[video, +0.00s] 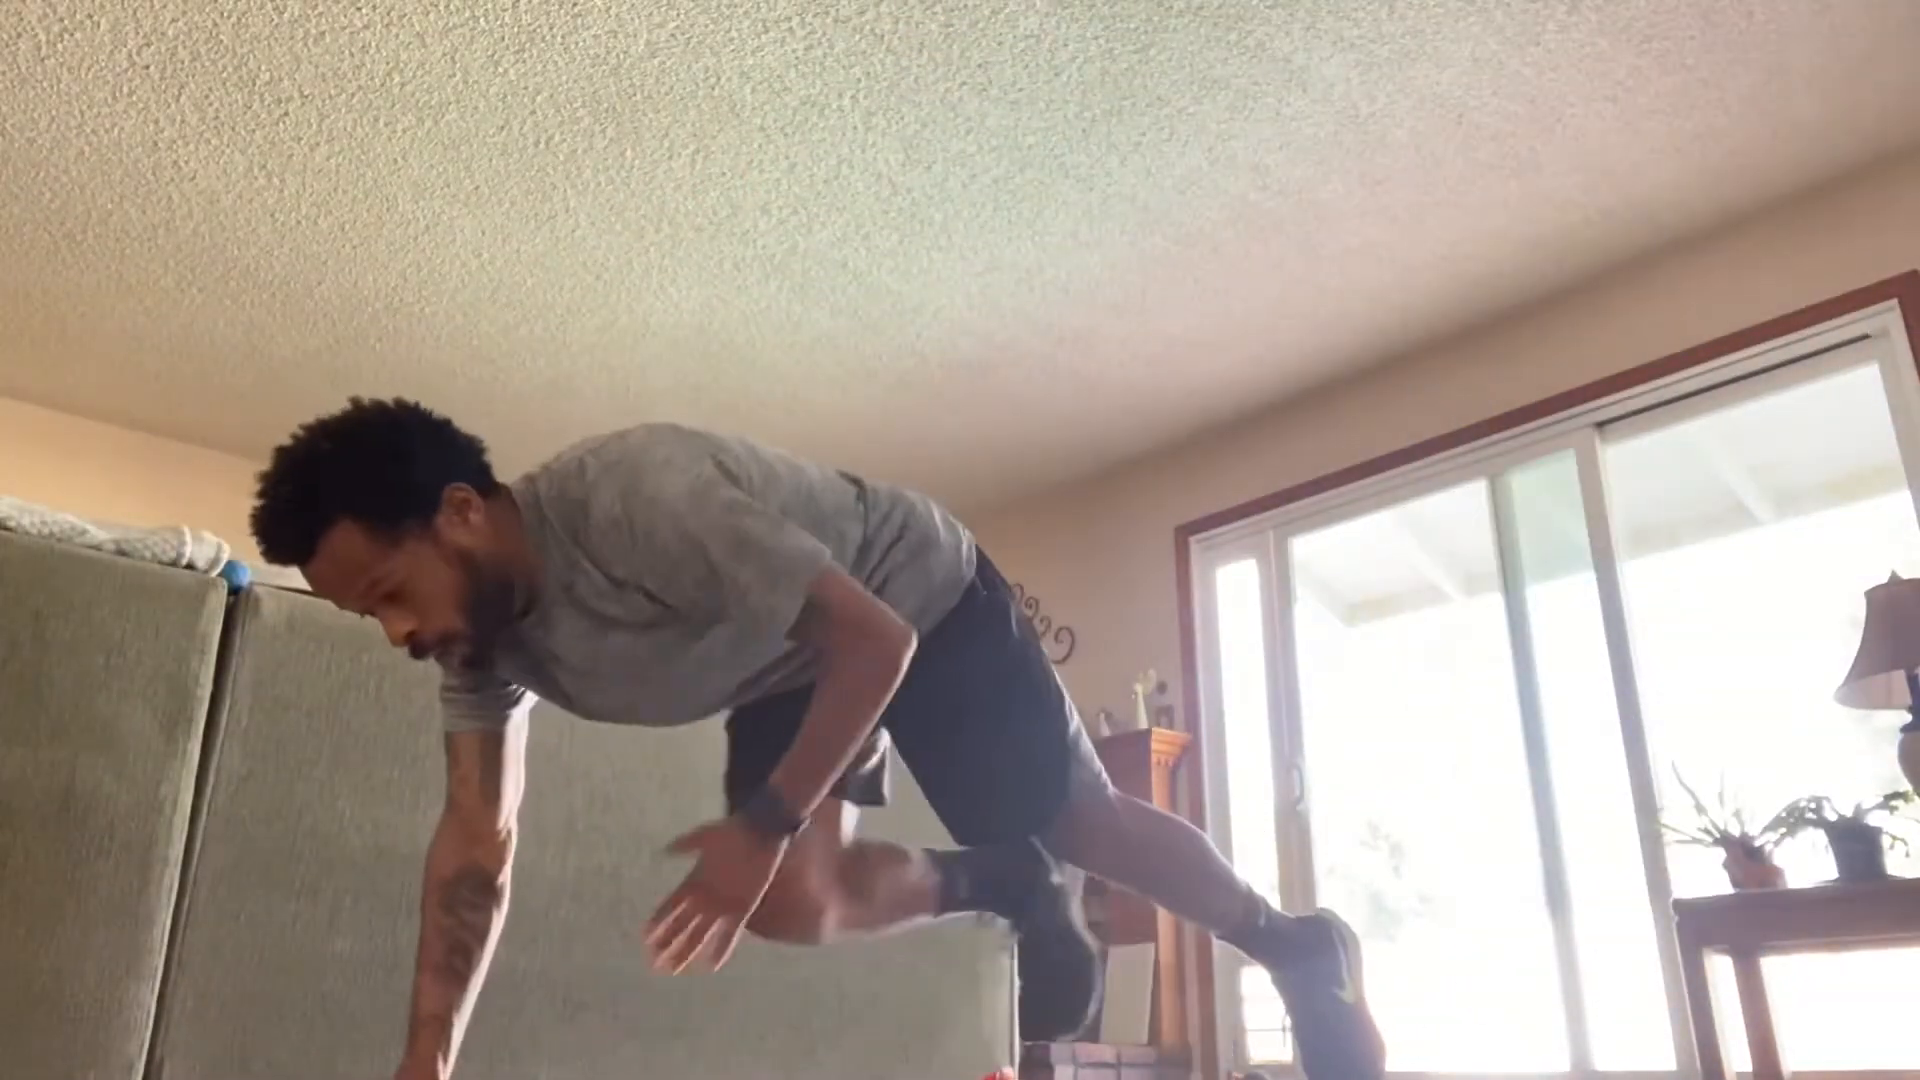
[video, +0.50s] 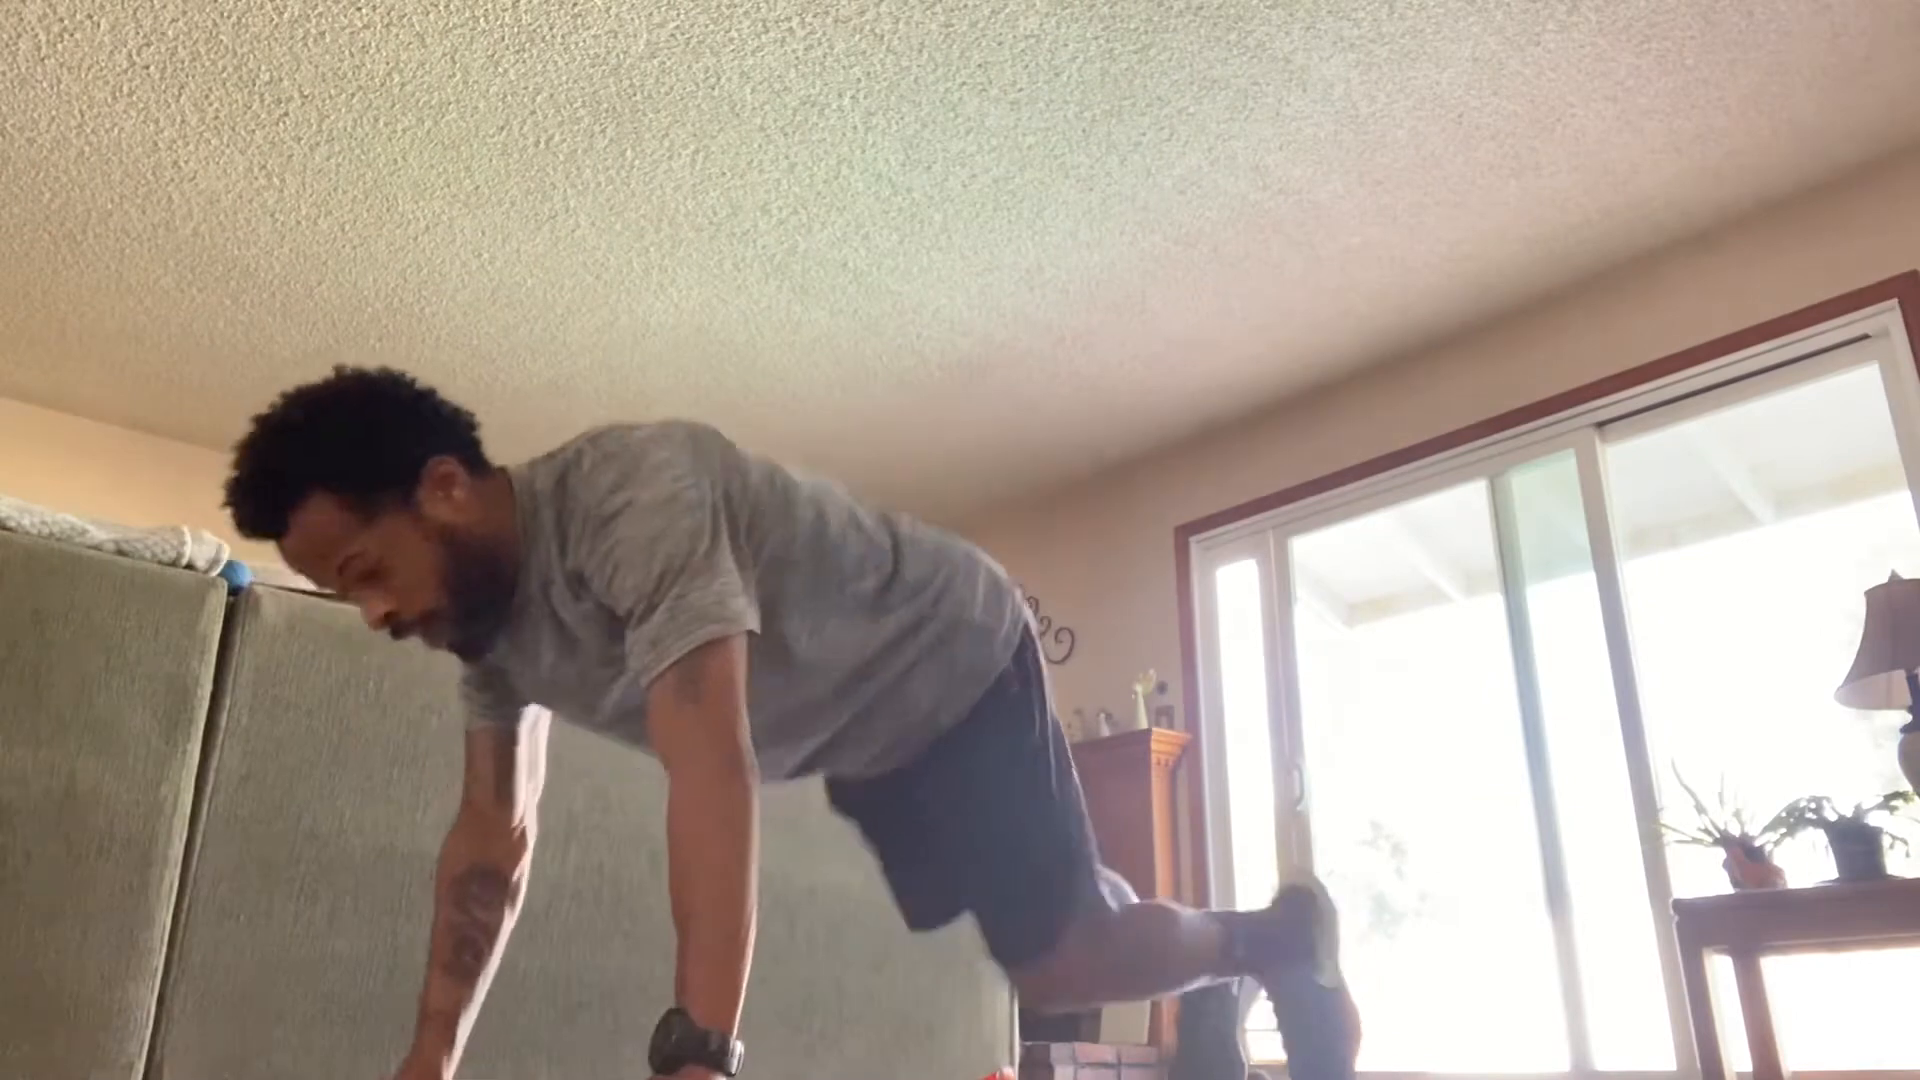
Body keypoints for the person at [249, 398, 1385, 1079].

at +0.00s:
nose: (387, 633)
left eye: (386, 594)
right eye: (361, 615)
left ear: (457, 514)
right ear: (370, 595)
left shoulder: (642, 499)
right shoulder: (474, 639)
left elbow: (873, 639)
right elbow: (473, 857)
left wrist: (763, 832)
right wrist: (427, 1062)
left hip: (921, 590)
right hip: (790, 668)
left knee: (1063, 829)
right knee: (795, 891)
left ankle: (1296, 949)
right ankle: (1003, 884)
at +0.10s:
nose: (371, 623)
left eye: (370, 583)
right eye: (344, 604)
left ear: (444, 505)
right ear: (357, 582)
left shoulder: (624, 502)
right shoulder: (458, 633)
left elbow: (822, 684)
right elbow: (466, 860)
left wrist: (712, 915)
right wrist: (424, 1065)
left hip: (920, 608)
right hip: (810, 699)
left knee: (1079, 830)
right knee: (884, 930)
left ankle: (1300, 947)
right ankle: (1079, 893)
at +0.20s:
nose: (347, 621)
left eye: (346, 579)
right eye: (321, 601)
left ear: (425, 501)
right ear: (391, 536)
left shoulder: (624, 515)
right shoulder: (443, 629)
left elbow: (729, 736)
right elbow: (467, 854)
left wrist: (684, 1008)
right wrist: (426, 1061)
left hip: (921, 639)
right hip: (809, 735)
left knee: (1088, 846)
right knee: (965, 926)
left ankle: (1296, 949)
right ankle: (1124, 929)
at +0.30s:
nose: (325, 637)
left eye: (320, 596)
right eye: (299, 618)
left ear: (404, 514)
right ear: (373, 552)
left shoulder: (604, 533)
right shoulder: (440, 638)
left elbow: (708, 769)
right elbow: (469, 867)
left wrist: (696, 1037)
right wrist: (424, 1069)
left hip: (919, 662)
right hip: (812, 755)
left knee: (1102, 866)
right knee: (999, 927)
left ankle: (1301, 952)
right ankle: (1173, 966)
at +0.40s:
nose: (339, 645)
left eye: (331, 603)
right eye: (310, 625)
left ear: (410, 515)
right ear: (380, 555)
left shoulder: (615, 520)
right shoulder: (455, 644)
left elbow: (714, 764)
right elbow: (478, 872)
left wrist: (700, 1039)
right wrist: (424, 1069)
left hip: (932, 691)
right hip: (822, 780)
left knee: (1089, 913)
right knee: (1003, 929)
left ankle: (1303, 953)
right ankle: (1200, 970)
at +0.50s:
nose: (366, 614)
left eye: (361, 573)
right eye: (338, 594)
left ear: (441, 488)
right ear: (419, 517)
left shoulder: (642, 491)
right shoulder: (485, 630)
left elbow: (714, 768)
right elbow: (488, 859)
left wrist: (701, 1040)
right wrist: (431, 1057)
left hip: (952, 655)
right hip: (850, 736)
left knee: (1056, 959)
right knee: (1007, 930)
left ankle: (1280, 937)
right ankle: (1168, 1003)